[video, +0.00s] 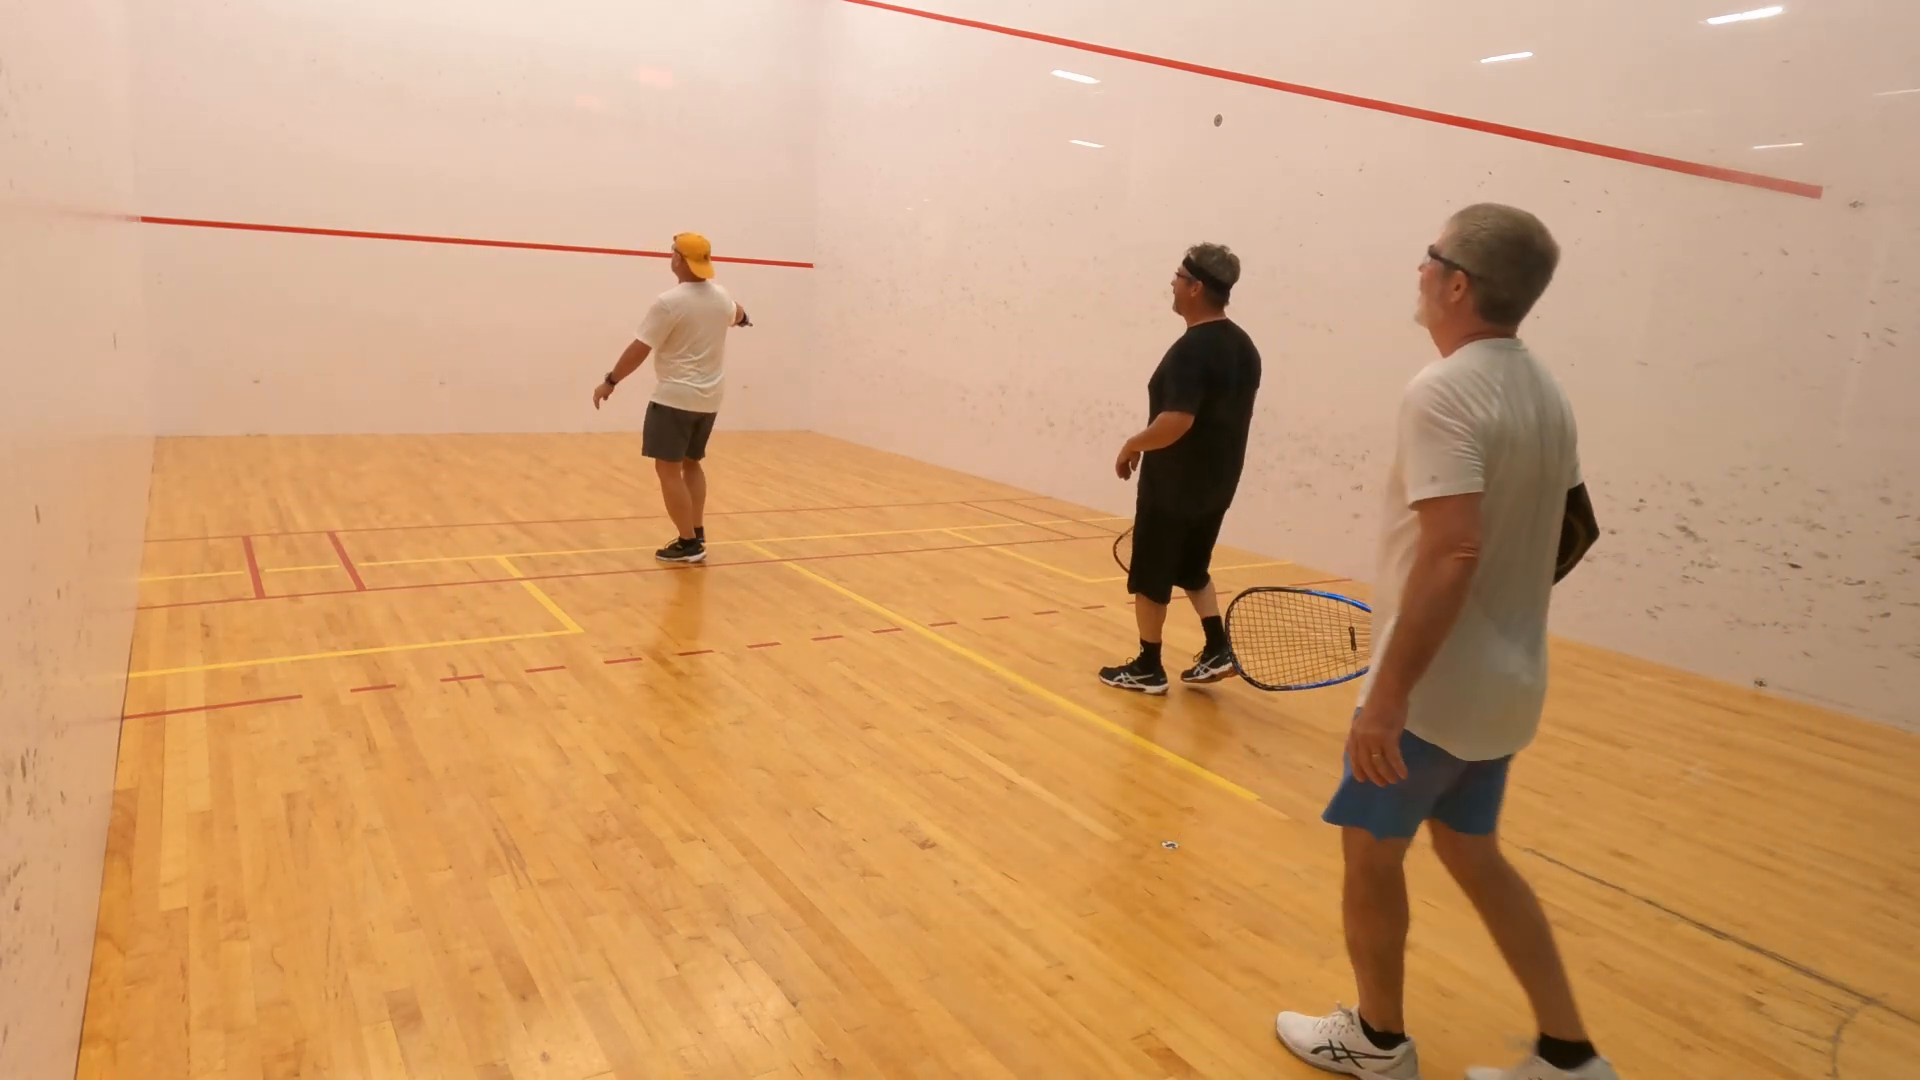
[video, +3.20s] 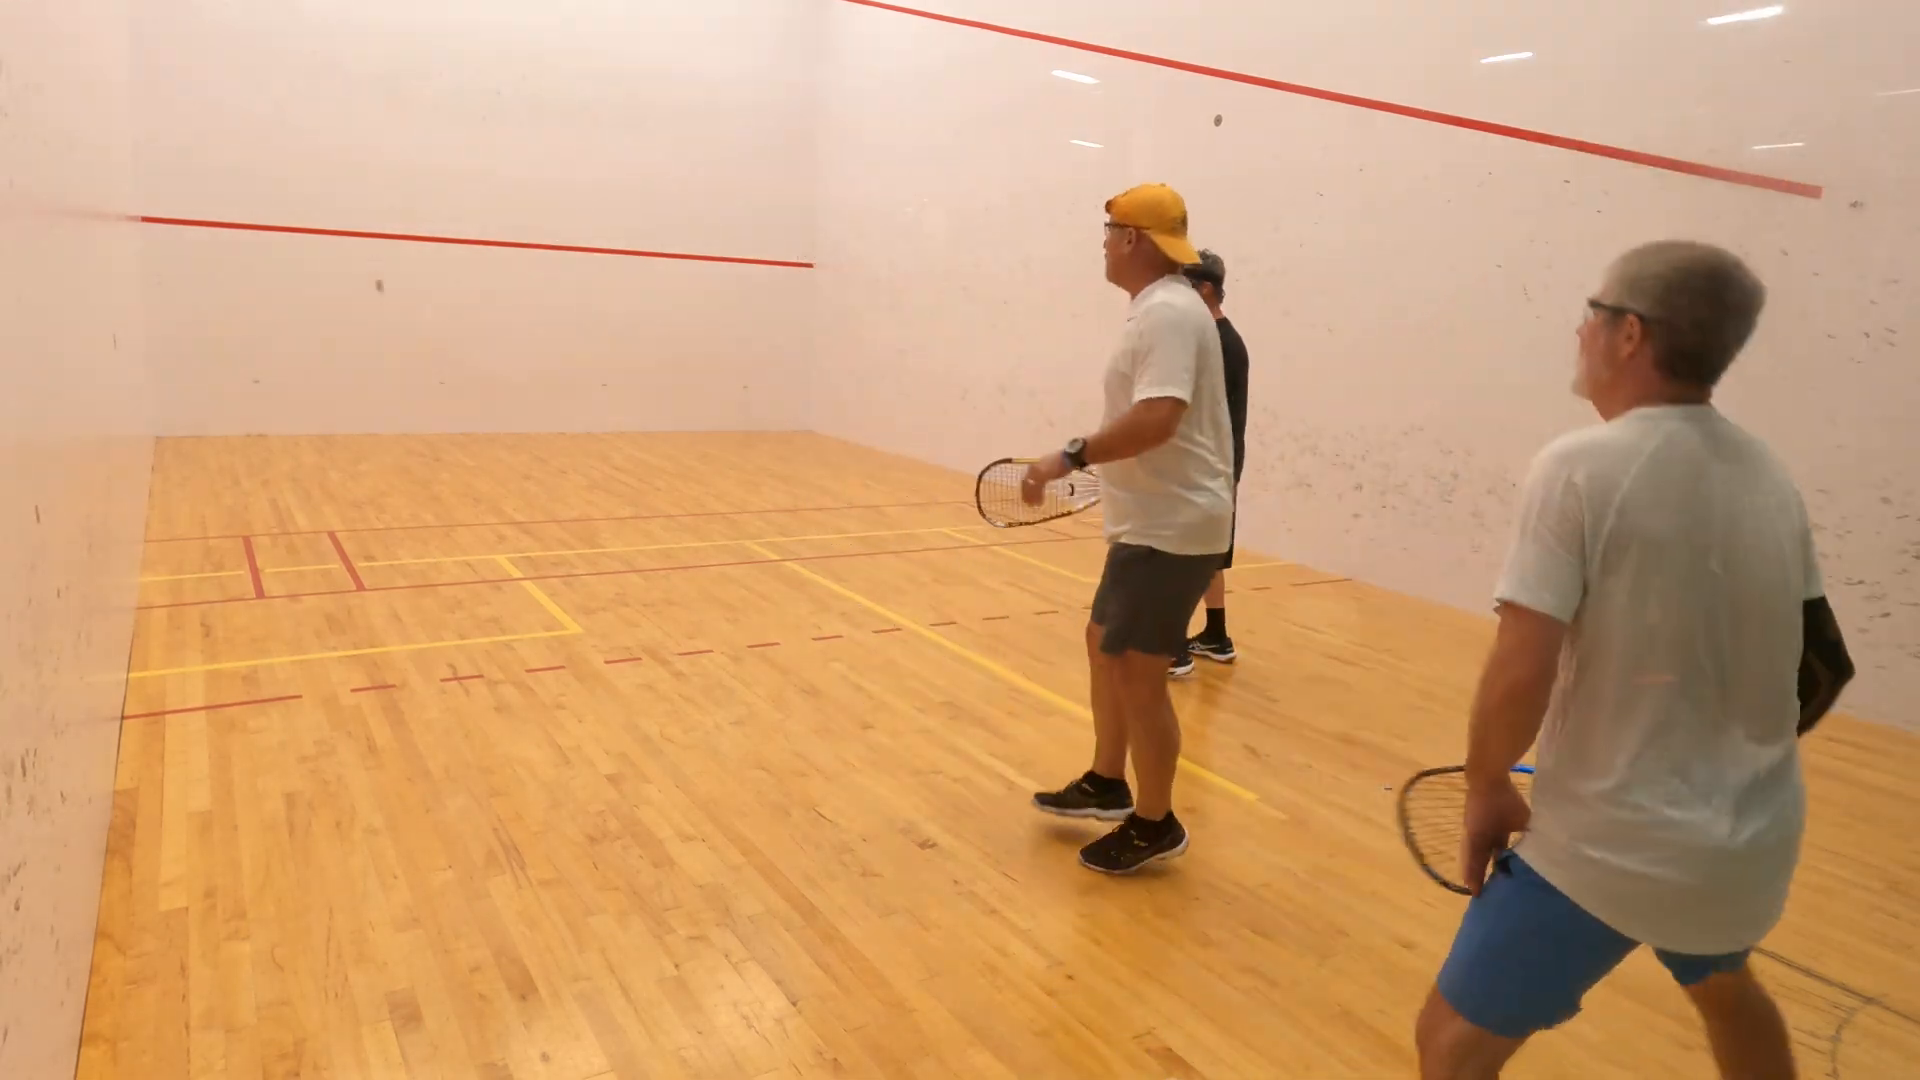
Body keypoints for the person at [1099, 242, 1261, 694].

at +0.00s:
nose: (1173, 283)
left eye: (1179, 278)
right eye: (1177, 275)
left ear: (1197, 290)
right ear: (1215, 292)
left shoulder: (1192, 349)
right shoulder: (1243, 347)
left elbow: (1174, 421)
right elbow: (1230, 422)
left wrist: (1132, 445)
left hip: (1172, 486)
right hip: (1214, 488)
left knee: (1151, 572)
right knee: (1193, 566)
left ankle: (1148, 665)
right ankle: (1218, 650)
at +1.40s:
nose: (1165, 285)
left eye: (1177, 279)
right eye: (1162, 276)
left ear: (1200, 292)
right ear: (1157, 282)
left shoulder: (1204, 346)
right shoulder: (1175, 337)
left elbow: (1211, 419)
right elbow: (1169, 409)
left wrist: (1147, 451)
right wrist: (1144, 459)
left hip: (1185, 478)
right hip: (1168, 474)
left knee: (1156, 572)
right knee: (1194, 568)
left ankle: (1154, 658)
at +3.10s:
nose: (1168, 294)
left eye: (1175, 287)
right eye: (1170, 286)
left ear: (1196, 292)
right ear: (1205, 293)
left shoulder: (1197, 344)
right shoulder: (1226, 339)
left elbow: (1204, 417)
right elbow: (1221, 413)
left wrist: (1183, 465)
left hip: (1194, 468)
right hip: (1220, 467)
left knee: (1161, 546)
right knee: (1210, 546)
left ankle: (1158, 649)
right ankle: (1216, 634)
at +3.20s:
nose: (1185, 294)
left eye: (1192, 286)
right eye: (1185, 285)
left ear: (1210, 290)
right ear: (1210, 289)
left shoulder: (1218, 339)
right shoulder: (1217, 334)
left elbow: (1217, 411)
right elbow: (1219, 409)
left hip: (1213, 465)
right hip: (1213, 462)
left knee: (1196, 551)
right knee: (1209, 550)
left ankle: (1173, 649)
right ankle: (1215, 635)